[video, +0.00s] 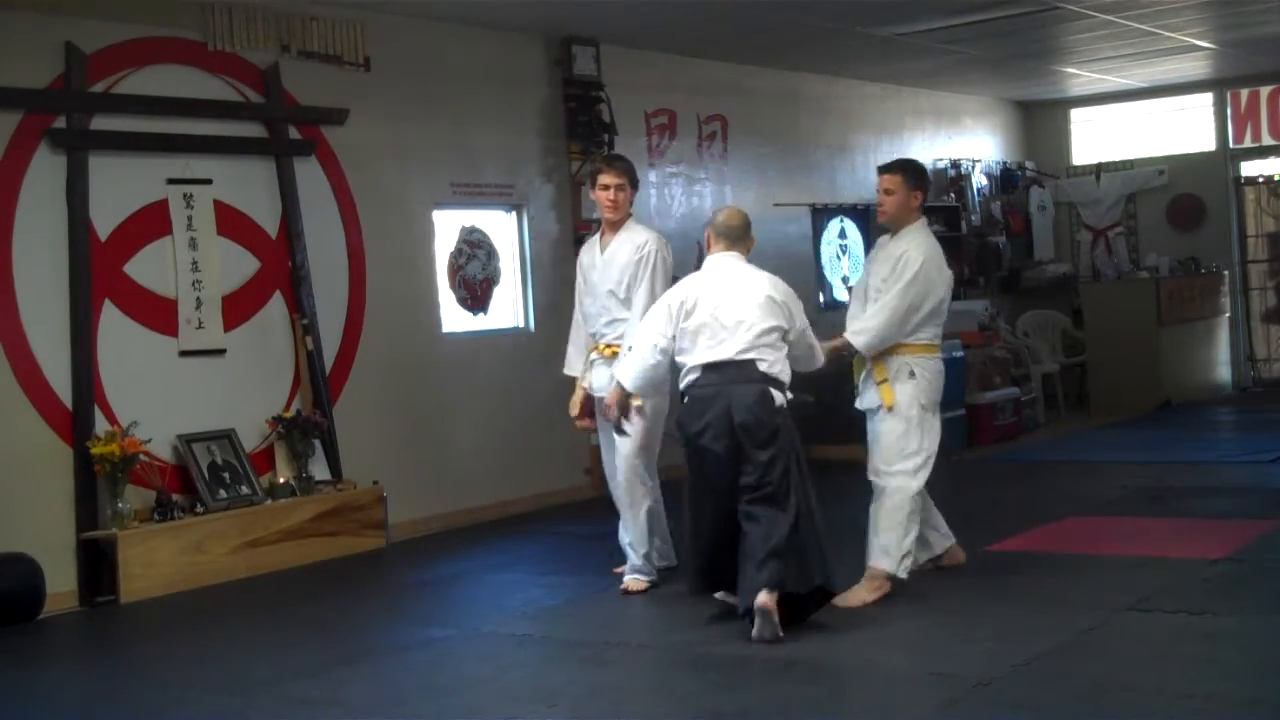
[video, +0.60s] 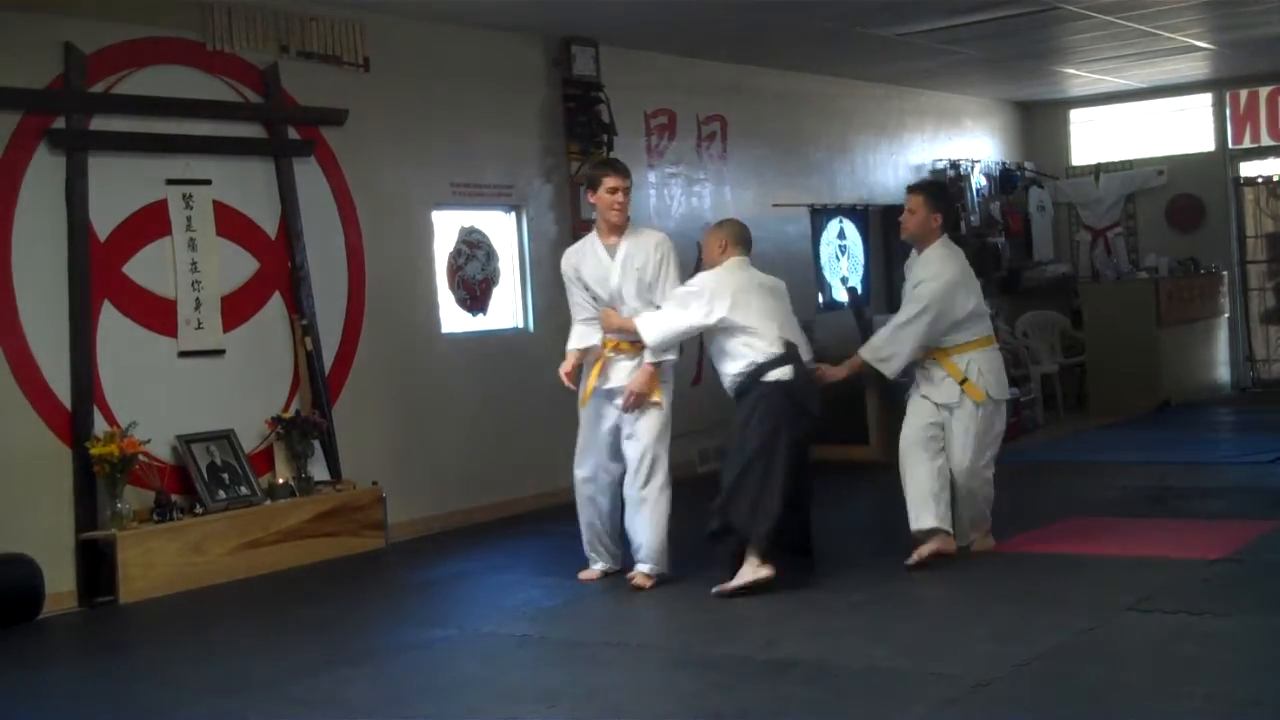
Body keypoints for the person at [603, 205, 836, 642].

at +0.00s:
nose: (706, 245)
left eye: (705, 239)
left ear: (707, 241)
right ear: (751, 244)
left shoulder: (682, 291)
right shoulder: (774, 288)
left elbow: (648, 349)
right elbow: (808, 359)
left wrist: (622, 391)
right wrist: (827, 350)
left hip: (701, 394)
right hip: (761, 393)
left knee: (713, 495)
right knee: (766, 497)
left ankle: (726, 589)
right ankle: (765, 590)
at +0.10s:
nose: (700, 247)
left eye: (698, 242)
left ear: (701, 243)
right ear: (743, 244)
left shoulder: (679, 288)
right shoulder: (768, 283)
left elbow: (640, 338)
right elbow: (816, 353)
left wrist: (617, 386)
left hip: (707, 386)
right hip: (762, 384)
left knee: (716, 489)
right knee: (774, 487)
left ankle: (731, 584)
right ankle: (778, 562)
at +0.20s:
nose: (695, 246)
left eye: (695, 241)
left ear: (699, 242)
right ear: (739, 245)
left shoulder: (678, 287)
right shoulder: (768, 280)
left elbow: (628, 328)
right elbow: (823, 335)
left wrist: (584, 339)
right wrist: (848, 375)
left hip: (716, 379)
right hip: (770, 378)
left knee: (720, 484)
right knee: (783, 483)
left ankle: (728, 582)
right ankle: (781, 564)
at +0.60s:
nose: (702, 252)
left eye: (704, 245)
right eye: (703, 245)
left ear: (721, 245)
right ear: (741, 247)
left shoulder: (715, 283)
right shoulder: (774, 284)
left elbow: (663, 324)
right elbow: (801, 344)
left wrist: (621, 324)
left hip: (767, 388)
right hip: (799, 383)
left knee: (749, 469)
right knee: (788, 472)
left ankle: (754, 560)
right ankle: (791, 554)